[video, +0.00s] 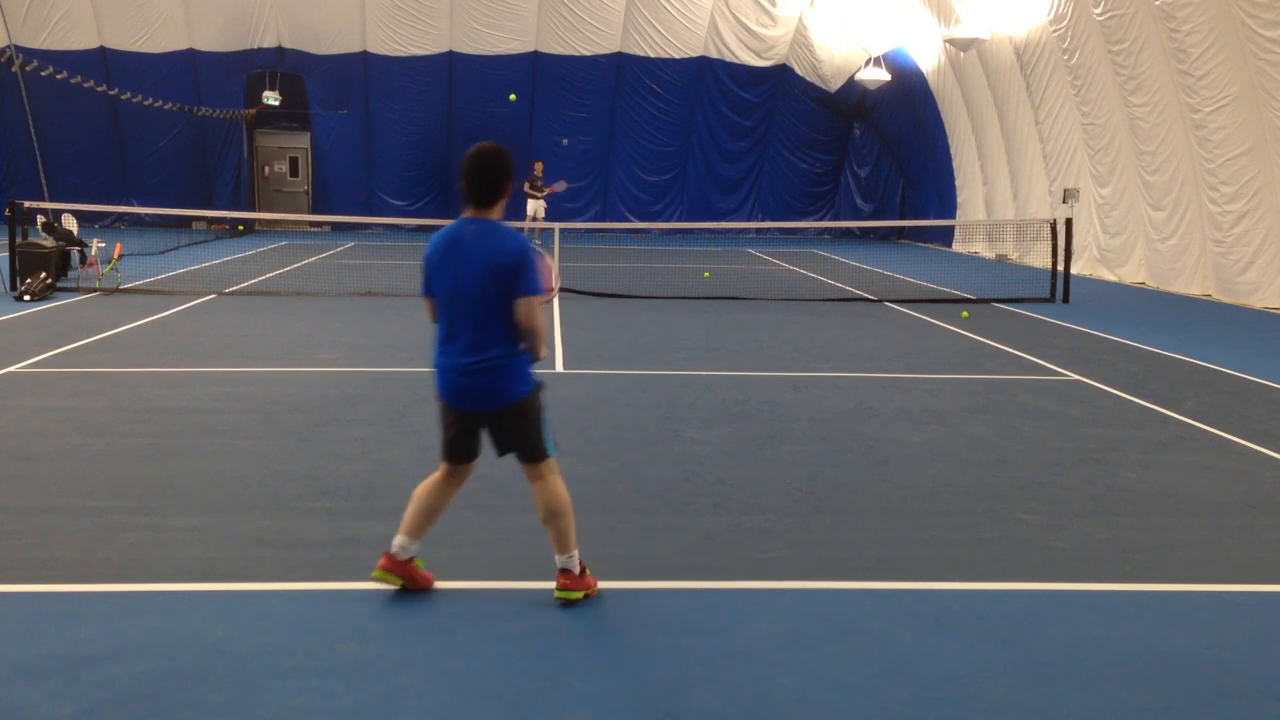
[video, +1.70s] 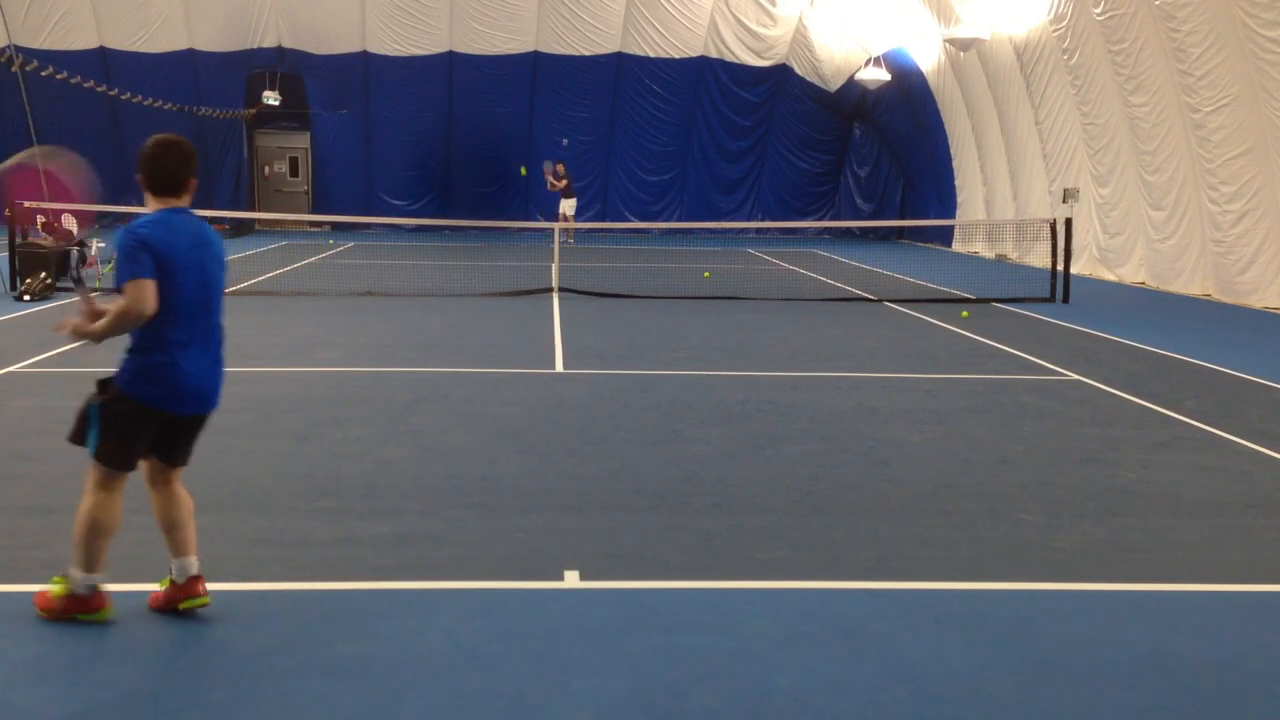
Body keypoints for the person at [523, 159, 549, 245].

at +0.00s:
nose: (539, 167)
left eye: (540, 165)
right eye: (537, 165)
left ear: (542, 167)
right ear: (534, 166)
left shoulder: (542, 178)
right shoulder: (531, 177)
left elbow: (540, 188)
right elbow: (525, 188)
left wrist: (546, 191)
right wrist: (537, 194)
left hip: (540, 200)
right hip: (531, 200)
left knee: (540, 219)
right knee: (529, 218)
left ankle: (537, 238)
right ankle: (525, 237)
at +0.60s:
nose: (542, 167)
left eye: (543, 166)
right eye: (540, 165)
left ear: (546, 167)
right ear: (538, 167)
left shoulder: (548, 178)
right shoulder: (534, 178)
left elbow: (551, 187)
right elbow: (530, 189)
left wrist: (545, 192)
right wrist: (538, 193)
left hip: (545, 200)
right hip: (537, 200)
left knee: (543, 218)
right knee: (537, 218)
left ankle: (540, 236)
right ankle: (538, 236)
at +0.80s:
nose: (544, 166)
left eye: (546, 164)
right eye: (543, 164)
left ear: (549, 166)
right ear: (541, 165)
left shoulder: (552, 176)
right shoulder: (538, 176)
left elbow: (557, 186)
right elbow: (533, 186)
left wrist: (549, 191)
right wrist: (541, 191)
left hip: (549, 198)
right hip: (540, 199)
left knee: (551, 217)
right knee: (539, 217)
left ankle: (552, 236)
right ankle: (539, 237)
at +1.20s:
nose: (552, 166)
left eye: (554, 164)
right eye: (551, 164)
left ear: (557, 165)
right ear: (548, 165)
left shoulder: (560, 175)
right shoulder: (545, 174)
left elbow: (565, 184)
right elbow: (542, 183)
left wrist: (561, 189)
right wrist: (549, 191)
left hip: (558, 197)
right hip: (548, 197)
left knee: (561, 216)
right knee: (546, 216)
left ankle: (562, 234)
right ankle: (543, 235)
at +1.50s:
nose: (556, 171)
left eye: (558, 169)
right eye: (555, 169)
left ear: (561, 170)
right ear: (553, 171)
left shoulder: (566, 179)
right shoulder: (553, 180)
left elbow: (568, 190)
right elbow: (551, 188)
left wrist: (557, 191)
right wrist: (552, 194)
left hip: (565, 201)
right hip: (556, 200)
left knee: (566, 219)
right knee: (552, 218)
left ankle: (570, 237)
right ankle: (545, 236)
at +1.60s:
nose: (558, 171)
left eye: (559, 169)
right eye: (556, 169)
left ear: (563, 169)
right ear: (555, 170)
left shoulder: (567, 178)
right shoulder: (556, 179)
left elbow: (566, 189)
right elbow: (555, 191)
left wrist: (555, 186)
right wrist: (552, 189)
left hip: (568, 200)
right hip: (560, 199)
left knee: (567, 219)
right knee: (556, 218)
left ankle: (570, 237)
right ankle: (552, 236)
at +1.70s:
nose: (558, 170)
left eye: (560, 168)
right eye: (557, 168)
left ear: (563, 168)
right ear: (556, 169)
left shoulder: (567, 176)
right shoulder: (559, 177)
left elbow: (561, 185)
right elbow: (555, 188)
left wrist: (551, 180)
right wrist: (548, 181)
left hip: (571, 198)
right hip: (563, 198)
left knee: (569, 216)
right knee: (561, 216)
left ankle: (571, 237)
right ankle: (563, 236)